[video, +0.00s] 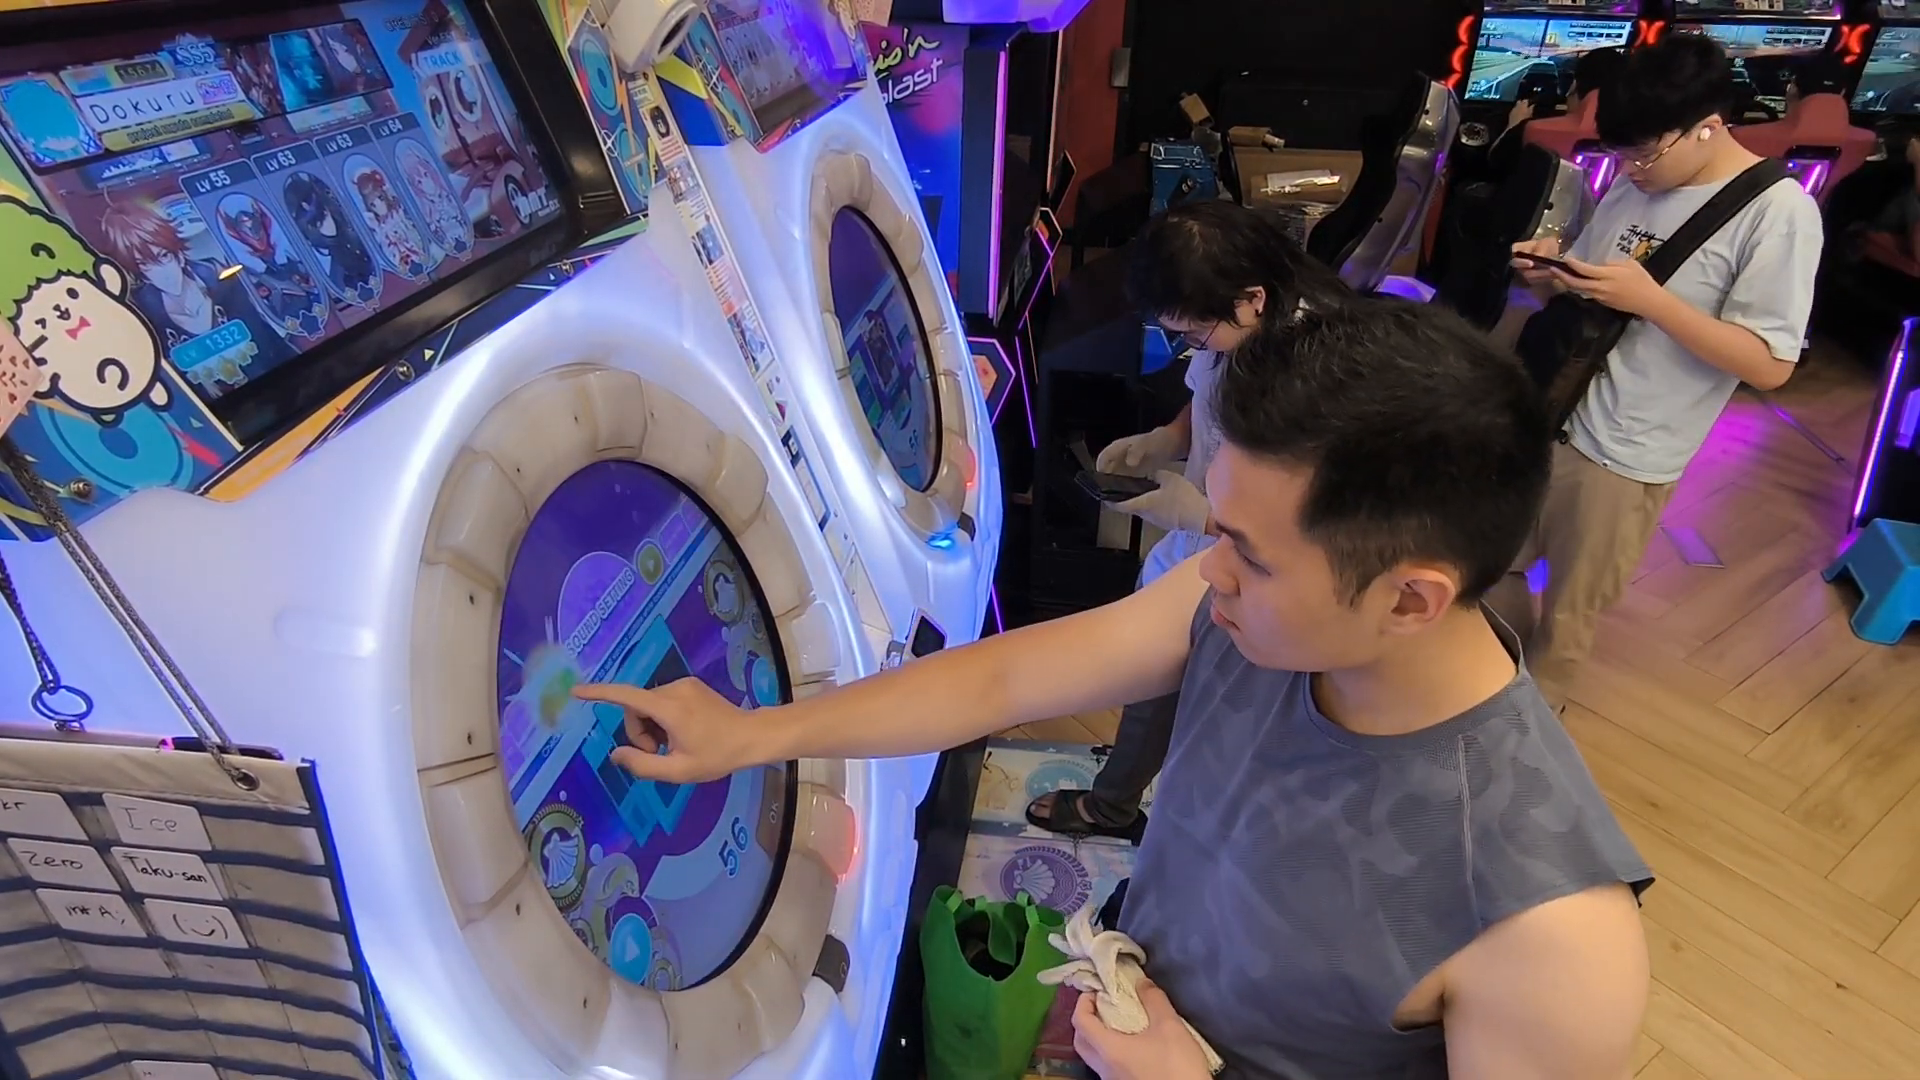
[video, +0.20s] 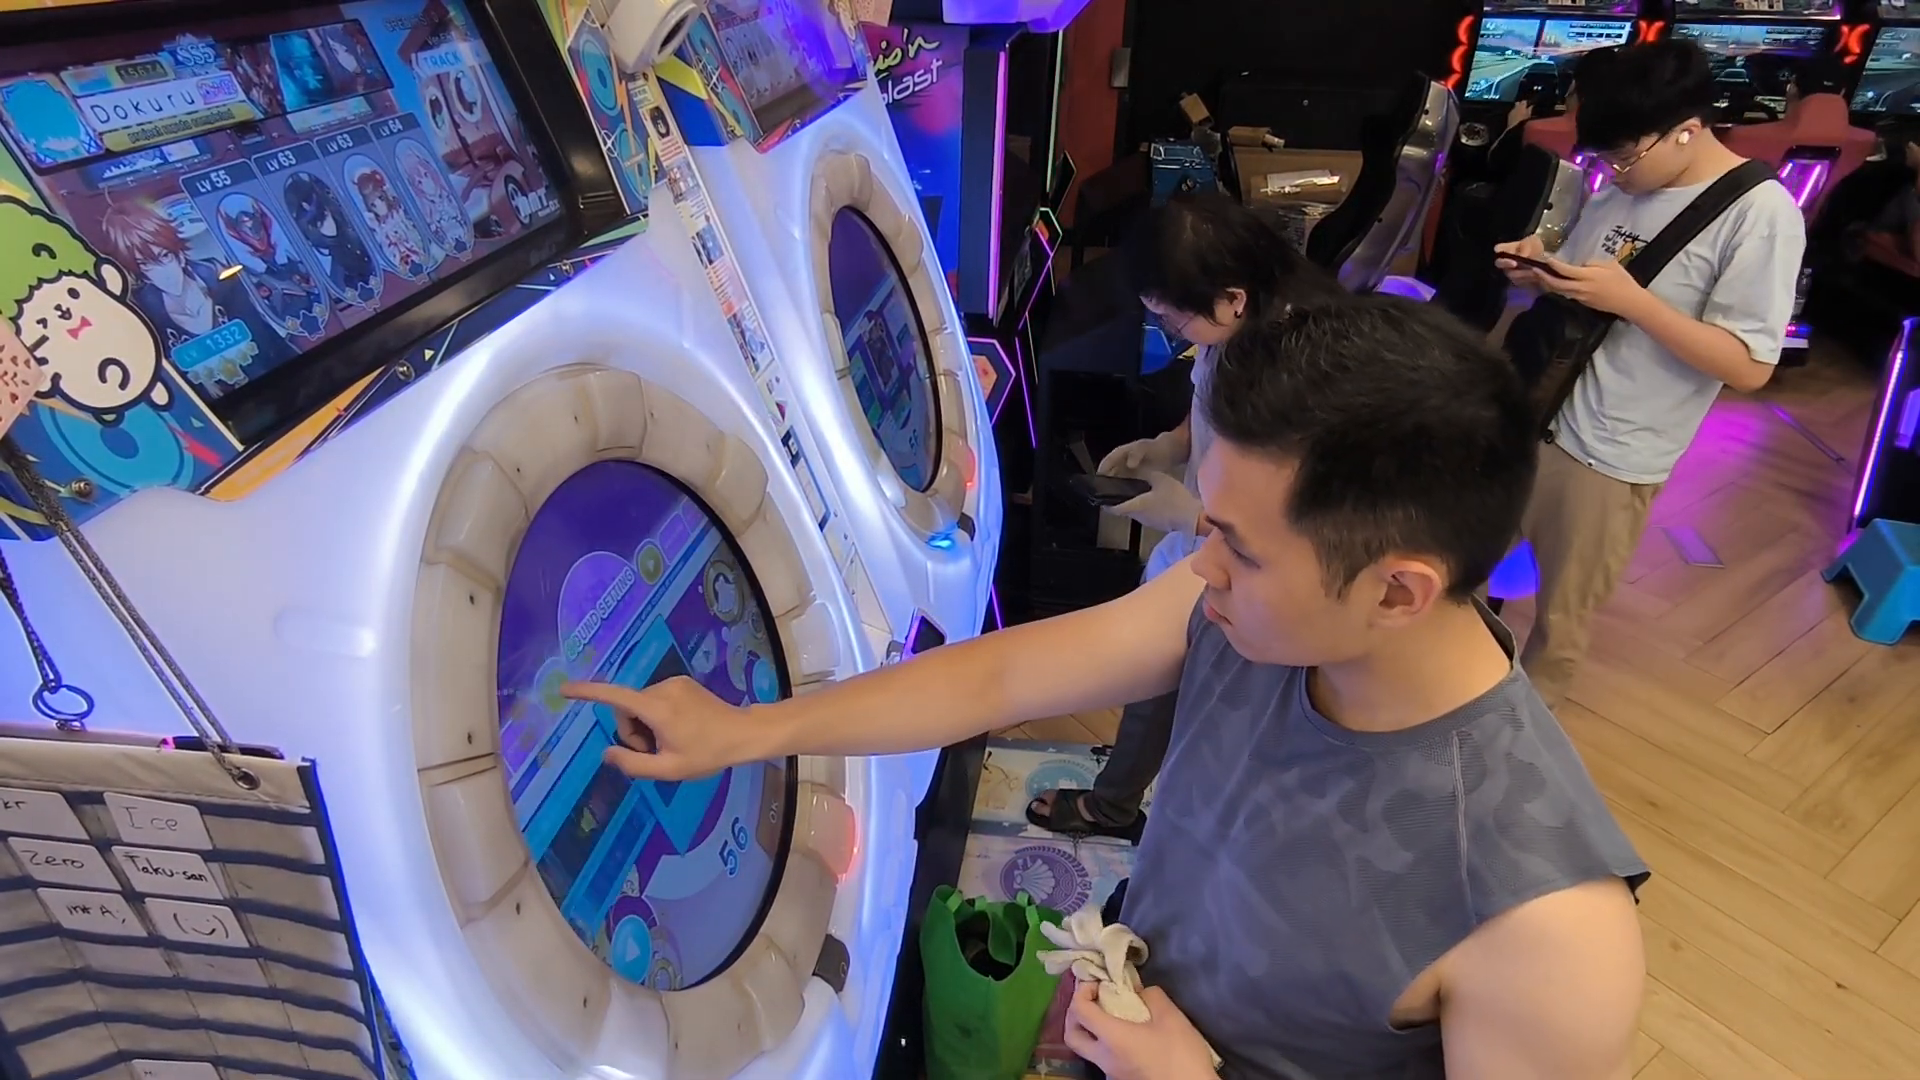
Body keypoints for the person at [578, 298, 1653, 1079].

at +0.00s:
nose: (1204, 570)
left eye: (1247, 560)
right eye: (1217, 528)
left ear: (1414, 599)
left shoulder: (1546, 935)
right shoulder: (1246, 597)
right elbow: (1001, 684)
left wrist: (1202, 1079)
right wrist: (755, 730)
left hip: (1248, 1072)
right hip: (1106, 1010)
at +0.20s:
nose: (1195, 562)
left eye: (1235, 550)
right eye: (1208, 521)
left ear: (1402, 592)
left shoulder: (1541, 928)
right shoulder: (1245, 606)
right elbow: (994, 682)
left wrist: (1204, 1077)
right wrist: (746, 727)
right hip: (1108, 996)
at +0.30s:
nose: (1193, 565)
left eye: (1232, 551)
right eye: (1206, 523)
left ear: (1400, 588)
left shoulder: (1538, 927)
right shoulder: (1244, 607)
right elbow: (997, 685)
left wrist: (1199, 1078)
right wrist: (756, 730)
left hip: (1252, 1067)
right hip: (1111, 1006)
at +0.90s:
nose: (1191, 544)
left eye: (1225, 529)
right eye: (1201, 506)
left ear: (1383, 574)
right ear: (1369, 567)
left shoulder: (1470, 905)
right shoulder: (1281, 596)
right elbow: (1057, 696)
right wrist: (857, 800)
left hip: (1181, 1073)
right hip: (1124, 994)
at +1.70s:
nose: (1205, 557)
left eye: (1252, 544)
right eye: (1221, 517)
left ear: (1409, 587)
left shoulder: (1465, 908)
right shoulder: (1288, 599)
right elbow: (1041, 668)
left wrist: (841, 1074)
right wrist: (807, 726)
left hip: (1195, 1071)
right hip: (1128, 994)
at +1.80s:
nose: (1214, 556)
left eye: (1262, 544)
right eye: (1230, 514)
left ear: (1420, 585)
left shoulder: (1470, 910)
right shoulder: (1280, 592)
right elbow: (1027, 660)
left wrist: (859, 1078)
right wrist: (772, 712)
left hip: (1201, 1079)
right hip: (1131, 1008)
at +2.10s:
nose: (1223, 561)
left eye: (1276, 551)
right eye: (1241, 517)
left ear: (1435, 596)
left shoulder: (1474, 909)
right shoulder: (1287, 596)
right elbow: (1050, 693)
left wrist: (831, 1072)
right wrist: (844, 801)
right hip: (1132, 1017)